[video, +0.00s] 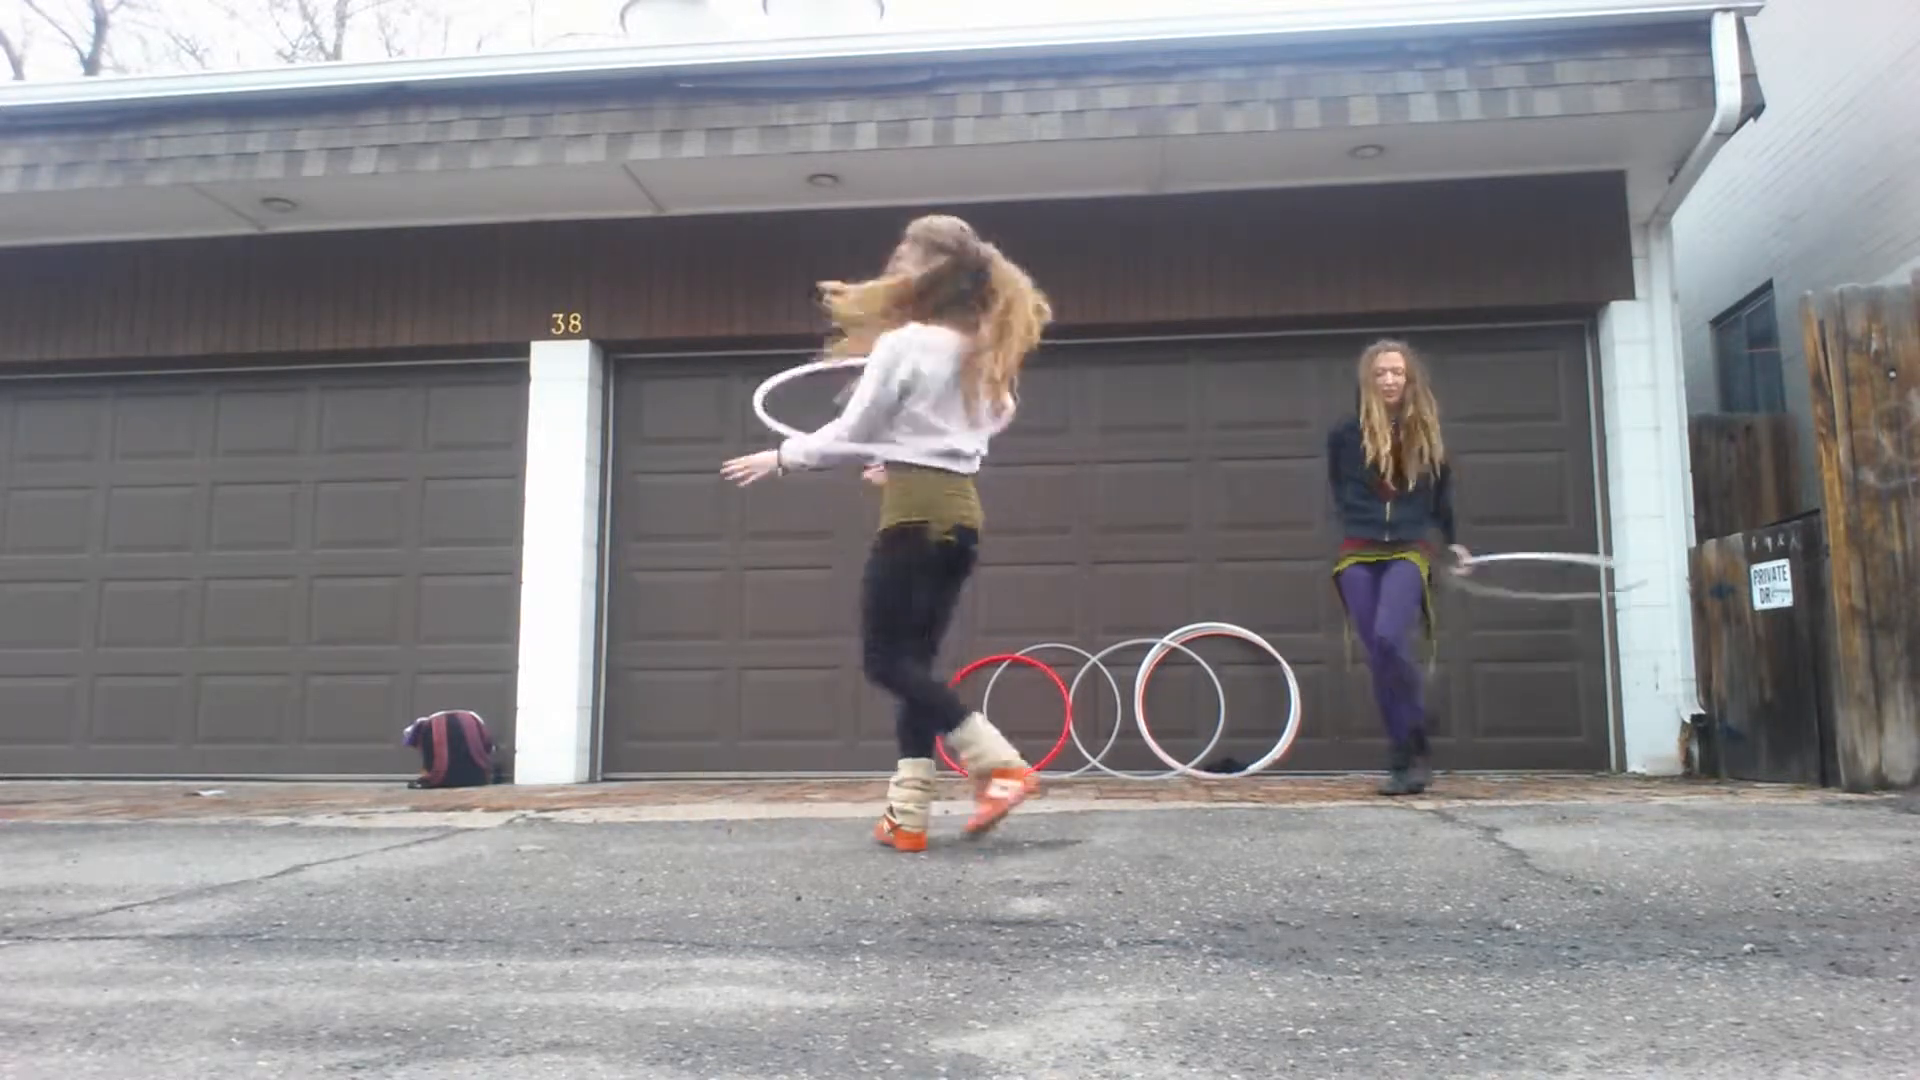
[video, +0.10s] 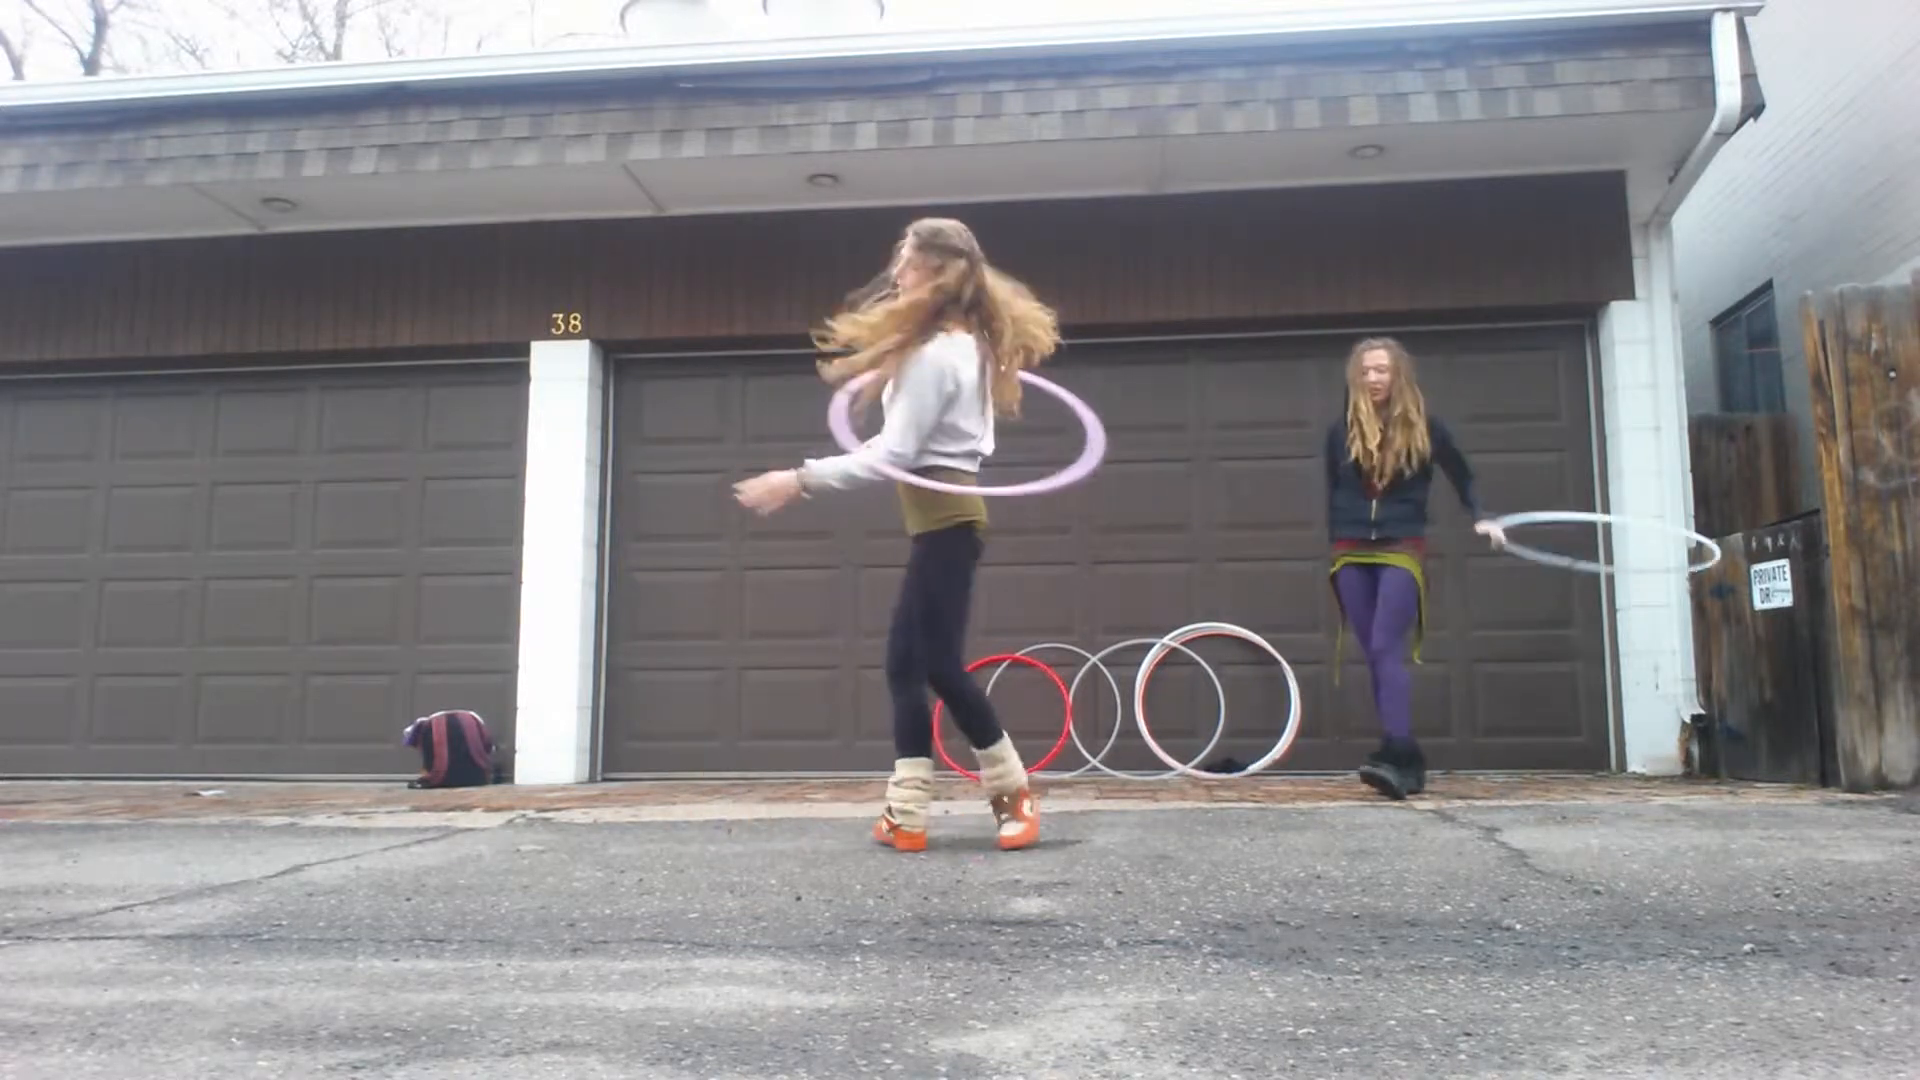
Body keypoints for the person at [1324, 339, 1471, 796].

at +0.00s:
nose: (1388, 381)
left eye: (1396, 373)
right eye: (1380, 373)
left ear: (1410, 380)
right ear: (1367, 380)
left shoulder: (1425, 436)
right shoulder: (1346, 436)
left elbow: (1441, 496)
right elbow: (1342, 497)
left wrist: (1453, 542)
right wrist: (1370, 528)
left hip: (1410, 549)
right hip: (1357, 549)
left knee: (1388, 636)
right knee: (1377, 647)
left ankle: (1414, 739)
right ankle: (1400, 757)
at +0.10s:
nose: (1374, 378)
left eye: (1382, 370)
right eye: (1366, 371)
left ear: (1398, 376)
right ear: (1357, 377)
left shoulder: (1423, 428)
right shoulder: (1342, 431)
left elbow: (1460, 475)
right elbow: (1335, 491)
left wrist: (1479, 517)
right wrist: (1338, 542)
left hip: (1401, 548)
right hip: (1350, 547)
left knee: (1385, 644)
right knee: (1373, 652)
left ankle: (1396, 755)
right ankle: (1405, 758)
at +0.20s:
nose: (1355, 378)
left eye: (1363, 369)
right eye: (1351, 370)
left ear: (1386, 374)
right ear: (1346, 377)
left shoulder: (1411, 420)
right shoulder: (1344, 426)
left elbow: (1433, 450)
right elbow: (1323, 487)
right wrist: (1297, 544)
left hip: (1396, 546)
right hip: (1350, 548)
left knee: (1377, 643)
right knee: (1367, 649)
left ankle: (1390, 760)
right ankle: (1403, 759)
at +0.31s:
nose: (1349, 374)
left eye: (1358, 365)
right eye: (1348, 365)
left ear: (1384, 368)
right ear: (1349, 373)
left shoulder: (1410, 421)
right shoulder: (1346, 423)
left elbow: (1376, 442)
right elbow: (1317, 466)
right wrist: (1269, 484)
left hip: (1394, 545)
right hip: (1355, 545)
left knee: (1374, 646)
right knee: (1359, 650)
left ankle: (1387, 763)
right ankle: (1405, 756)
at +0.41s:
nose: (1346, 368)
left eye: (1354, 359)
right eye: (1345, 360)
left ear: (1380, 362)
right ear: (1349, 365)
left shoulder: (1400, 408)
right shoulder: (1354, 412)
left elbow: (1346, 408)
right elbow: (1302, 451)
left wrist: (1282, 382)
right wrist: (1261, 428)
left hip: (1385, 543)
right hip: (1355, 544)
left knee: (1362, 651)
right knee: (1349, 659)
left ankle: (1385, 764)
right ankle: (1410, 750)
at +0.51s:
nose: (1341, 366)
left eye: (1349, 358)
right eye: (1341, 358)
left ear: (1374, 360)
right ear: (1361, 363)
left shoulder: (1390, 399)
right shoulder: (1360, 407)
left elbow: (1326, 399)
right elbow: (1304, 427)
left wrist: (1270, 366)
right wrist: (1270, 388)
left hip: (1377, 534)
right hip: (1361, 534)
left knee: (1348, 650)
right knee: (1337, 656)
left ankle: (1386, 762)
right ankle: (1404, 747)